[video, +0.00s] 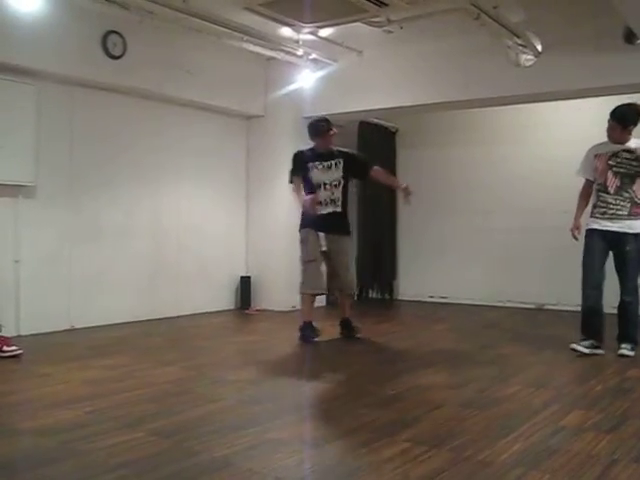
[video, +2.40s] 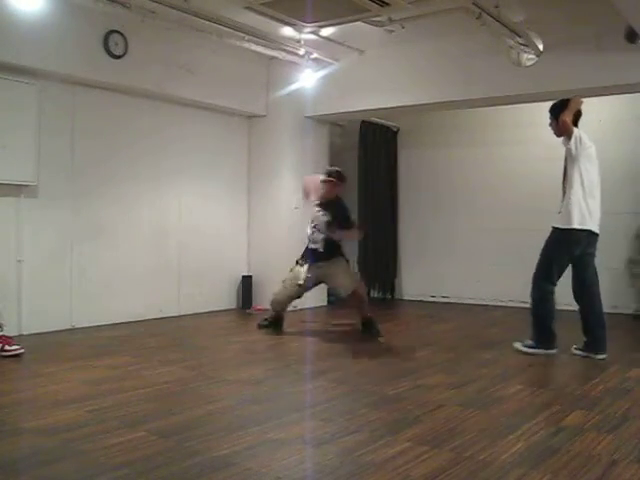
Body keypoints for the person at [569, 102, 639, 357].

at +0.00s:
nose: (608, 130)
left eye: (613, 127)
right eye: (609, 125)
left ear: (626, 130)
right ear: (612, 125)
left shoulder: (637, 154)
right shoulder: (597, 152)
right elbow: (588, 187)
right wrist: (577, 217)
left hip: (630, 230)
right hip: (598, 228)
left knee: (630, 289)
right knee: (591, 283)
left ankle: (628, 341)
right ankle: (592, 339)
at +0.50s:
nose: (588, 124)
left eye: (592, 120)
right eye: (589, 119)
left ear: (607, 122)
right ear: (603, 122)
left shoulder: (627, 148)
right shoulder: (584, 152)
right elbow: (578, 191)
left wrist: (628, 108)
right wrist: (569, 227)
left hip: (614, 232)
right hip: (583, 231)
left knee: (619, 289)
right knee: (585, 292)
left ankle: (629, 340)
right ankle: (592, 345)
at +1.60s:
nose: (568, 117)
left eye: (570, 112)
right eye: (568, 112)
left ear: (582, 112)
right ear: (586, 113)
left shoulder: (604, 139)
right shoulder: (586, 139)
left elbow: (609, 125)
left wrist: (600, 98)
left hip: (595, 228)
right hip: (579, 225)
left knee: (592, 291)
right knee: (575, 288)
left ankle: (597, 355)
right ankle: (587, 345)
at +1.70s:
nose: (568, 120)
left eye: (569, 114)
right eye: (567, 114)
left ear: (582, 113)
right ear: (584, 113)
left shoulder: (602, 140)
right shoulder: (587, 139)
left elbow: (602, 123)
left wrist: (597, 98)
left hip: (593, 228)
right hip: (580, 226)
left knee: (590, 290)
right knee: (579, 288)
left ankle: (596, 355)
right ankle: (588, 346)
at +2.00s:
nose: (564, 126)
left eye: (566, 120)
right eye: (564, 120)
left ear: (577, 118)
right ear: (576, 119)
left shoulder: (595, 143)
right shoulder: (587, 145)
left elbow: (582, 126)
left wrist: (589, 106)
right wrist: (588, 106)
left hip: (587, 229)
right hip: (582, 228)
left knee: (581, 292)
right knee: (587, 290)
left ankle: (594, 354)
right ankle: (589, 347)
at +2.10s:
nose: (562, 124)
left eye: (564, 119)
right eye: (562, 119)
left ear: (576, 118)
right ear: (576, 119)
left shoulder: (591, 142)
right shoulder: (587, 145)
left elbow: (581, 122)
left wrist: (588, 105)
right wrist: (587, 104)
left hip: (583, 228)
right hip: (589, 227)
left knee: (566, 285)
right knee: (590, 287)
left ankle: (588, 347)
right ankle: (594, 345)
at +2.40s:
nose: (552, 129)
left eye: (553, 123)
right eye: (551, 124)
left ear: (563, 120)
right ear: (568, 122)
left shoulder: (577, 143)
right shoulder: (585, 146)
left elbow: (565, 121)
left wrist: (574, 105)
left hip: (570, 226)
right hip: (588, 228)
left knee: (542, 281)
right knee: (587, 290)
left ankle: (543, 341)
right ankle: (595, 345)